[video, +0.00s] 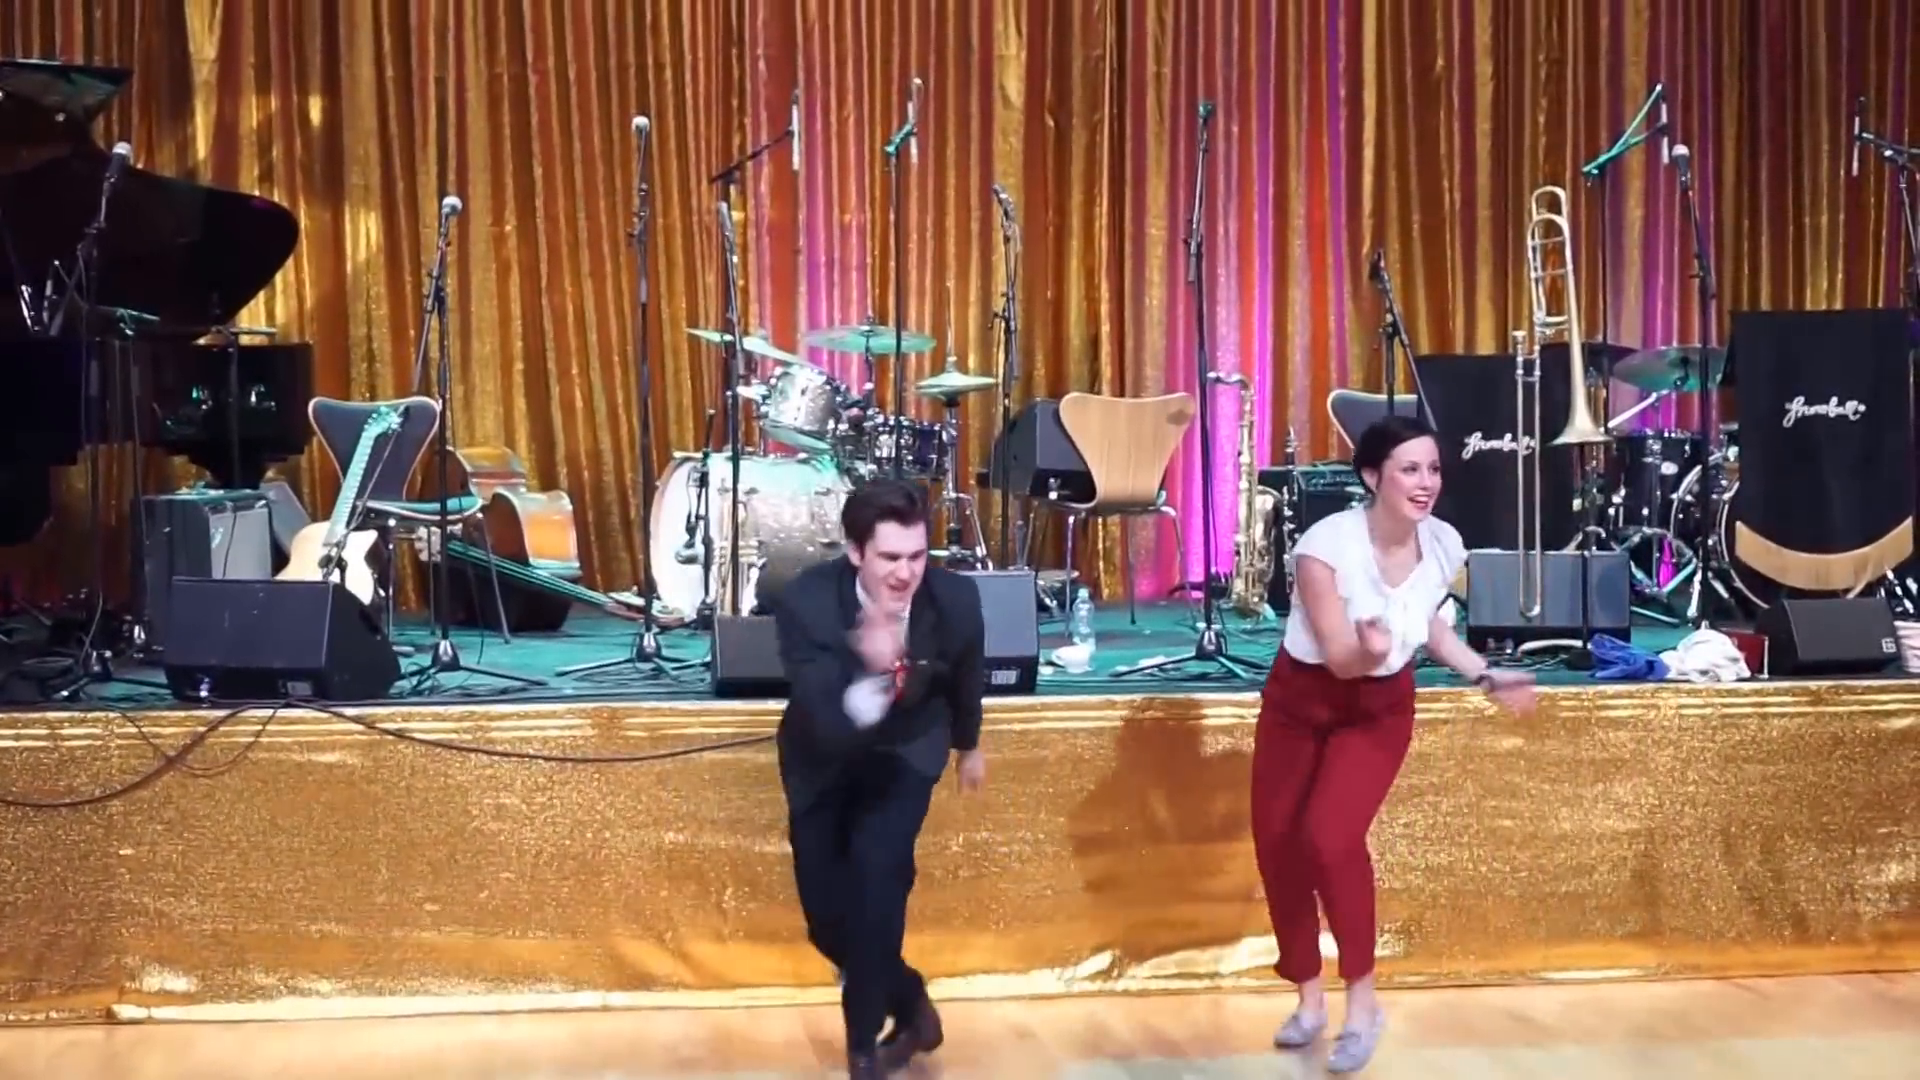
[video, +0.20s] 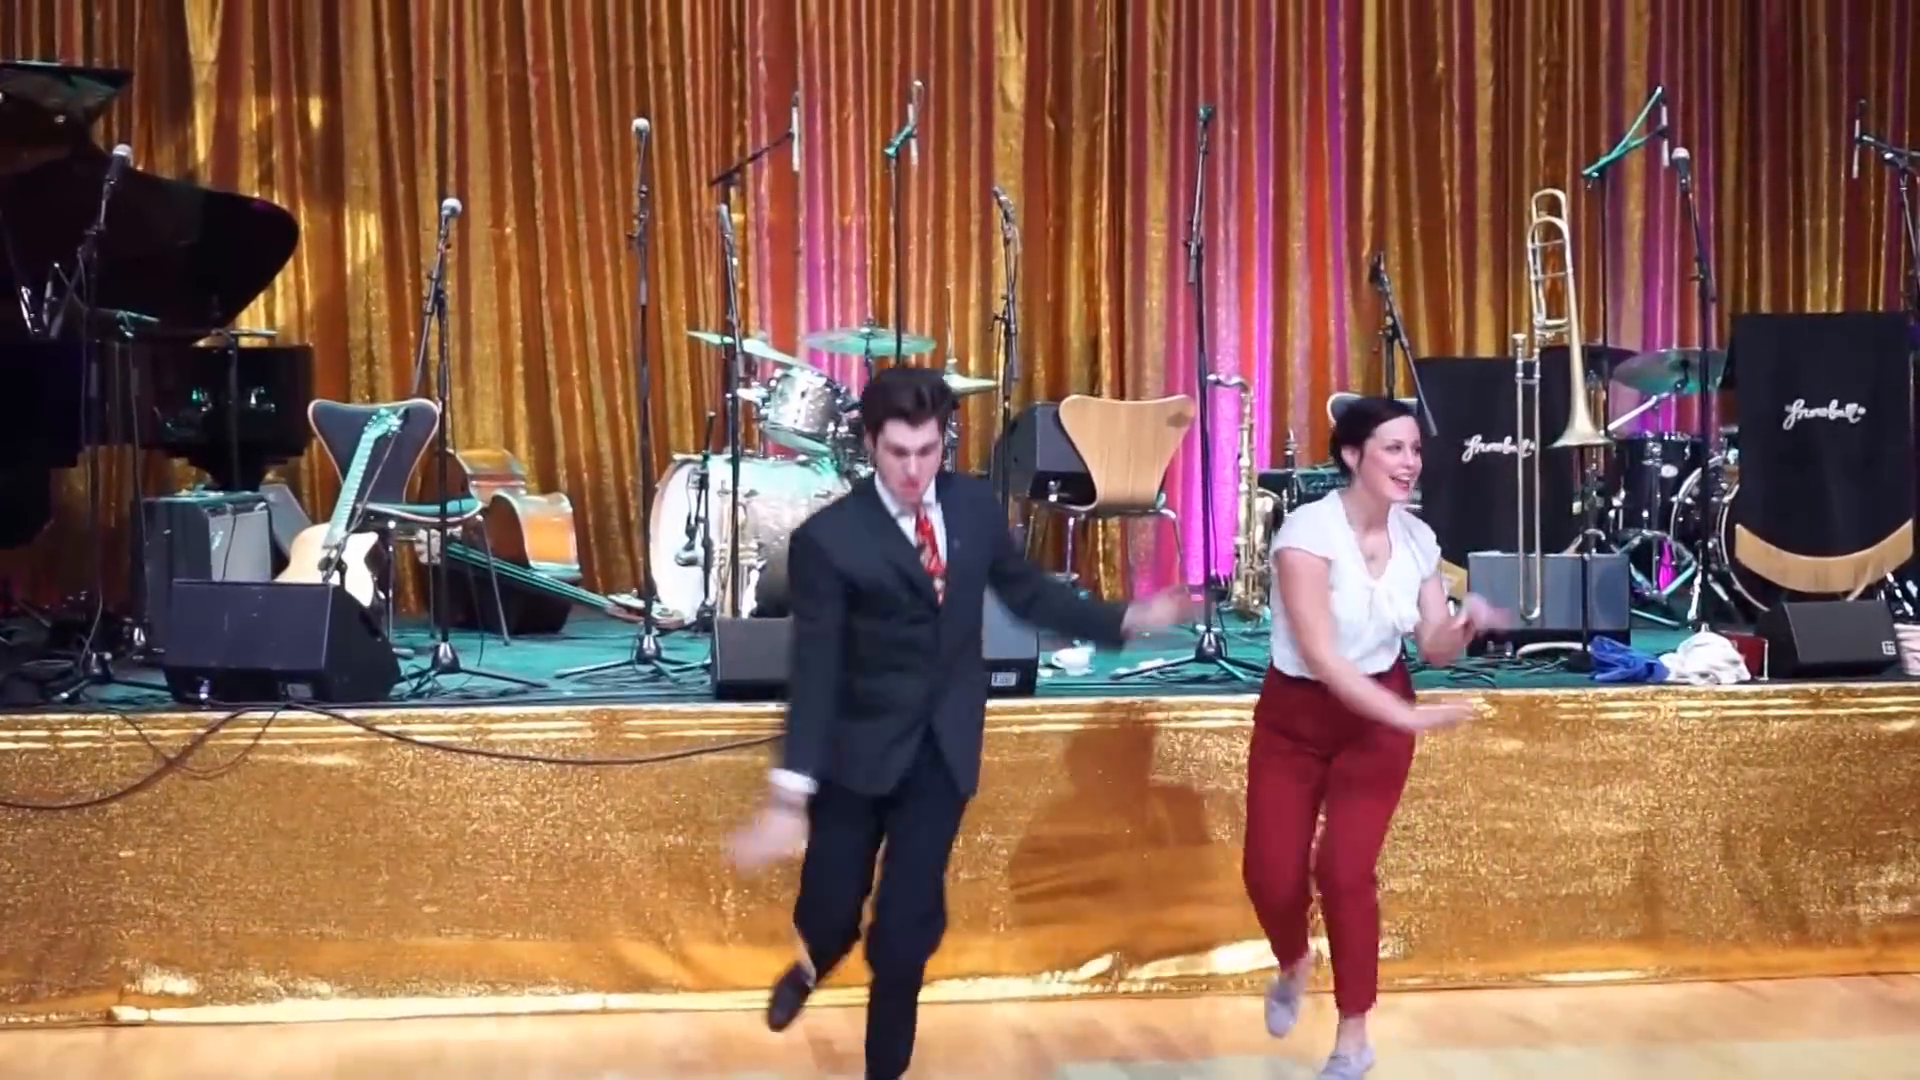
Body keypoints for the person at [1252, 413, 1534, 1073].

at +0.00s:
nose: (1425, 483)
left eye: (1433, 470)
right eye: (1410, 470)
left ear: (1440, 478)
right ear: (1372, 476)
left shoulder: (1442, 544)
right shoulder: (1324, 546)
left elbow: (1432, 622)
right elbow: (1337, 658)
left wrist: (1485, 674)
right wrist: (1370, 652)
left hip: (1379, 707)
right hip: (1297, 703)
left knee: (1330, 836)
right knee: (1276, 842)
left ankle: (1361, 1001)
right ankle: (1309, 998)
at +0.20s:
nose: (1409, 462)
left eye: (1415, 450)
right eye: (1393, 449)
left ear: (1418, 460)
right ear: (1353, 455)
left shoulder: (1417, 538)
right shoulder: (1306, 530)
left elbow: (1436, 650)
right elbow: (1320, 655)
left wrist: (1464, 624)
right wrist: (1406, 715)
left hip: (1378, 710)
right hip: (1293, 711)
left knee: (1345, 871)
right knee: (1270, 878)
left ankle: (1354, 1029)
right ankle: (1294, 962)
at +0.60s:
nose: (1393, 412)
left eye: (1395, 399)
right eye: (1376, 397)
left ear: (1392, 411)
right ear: (1327, 409)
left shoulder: (1426, 505)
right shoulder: (1277, 493)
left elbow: (1487, 605)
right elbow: (1167, 518)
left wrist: (1540, 693)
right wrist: (1144, 499)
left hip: (1382, 713)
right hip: (1298, 707)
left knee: (1405, 899)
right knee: (1346, 891)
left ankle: (1333, 1012)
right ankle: (1321, 1058)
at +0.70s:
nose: (1388, 419)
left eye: (1391, 409)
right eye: (1371, 407)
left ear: (1395, 424)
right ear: (1324, 422)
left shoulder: (1433, 516)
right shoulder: (1279, 521)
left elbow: (1467, 592)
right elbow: (1209, 603)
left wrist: (1537, 645)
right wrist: (1200, 514)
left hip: (1379, 732)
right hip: (1285, 731)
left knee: (1408, 909)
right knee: (1315, 908)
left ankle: (1418, 1036)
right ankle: (1358, 1059)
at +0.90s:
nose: (1363, 440)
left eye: (1372, 428)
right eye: (1344, 427)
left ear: (1383, 442)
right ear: (1306, 441)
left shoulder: (1389, 550)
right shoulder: (1272, 539)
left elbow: (1434, 665)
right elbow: (1278, 672)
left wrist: (1512, 613)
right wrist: (1341, 657)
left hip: (1386, 758)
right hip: (1291, 764)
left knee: (1396, 959)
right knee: (1287, 967)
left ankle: (1413, 1078)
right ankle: (1358, 1054)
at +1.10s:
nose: (1321, 423)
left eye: (1337, 410)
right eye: (1304, 409)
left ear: (1356, 424)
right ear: (1279, 422)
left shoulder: (1370, 532)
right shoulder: (1227, 504)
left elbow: (1385, 656)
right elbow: (1155, 595)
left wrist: (1411, 570)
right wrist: (1120, 693)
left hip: (1327, 752)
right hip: (1244, 748)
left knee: (1339, 957)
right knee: (1230, 962)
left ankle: (1356, 1077)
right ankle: (1178, 1077)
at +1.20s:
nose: (1295, 422)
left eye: (1312, 406)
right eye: (1278, 408)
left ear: (1336, 418)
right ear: (1257, 420)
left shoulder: (1350, 519)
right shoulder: (1203, 500)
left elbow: (1347, 640)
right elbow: (1120, 598)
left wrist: (1369, 551)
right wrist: (1043, 670)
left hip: (1281, 752)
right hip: (1204, 743)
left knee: (1287, 973)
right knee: (1189, 967)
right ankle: (1141, 1078)